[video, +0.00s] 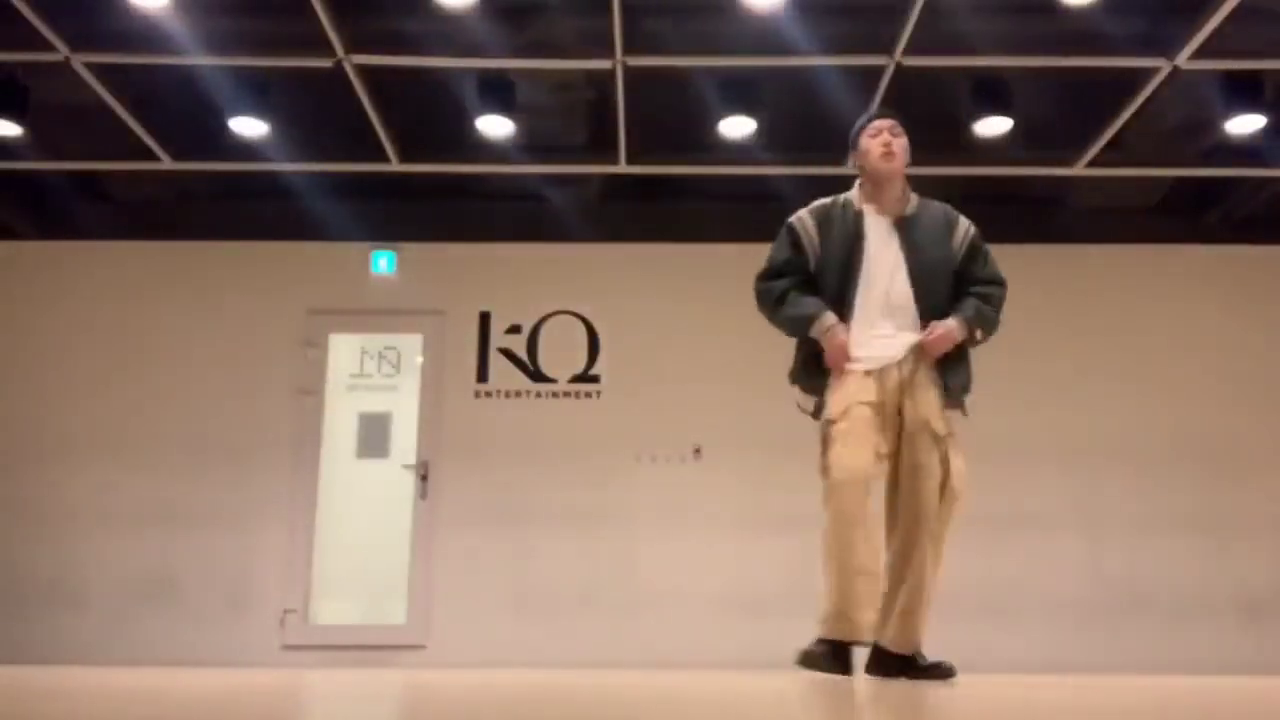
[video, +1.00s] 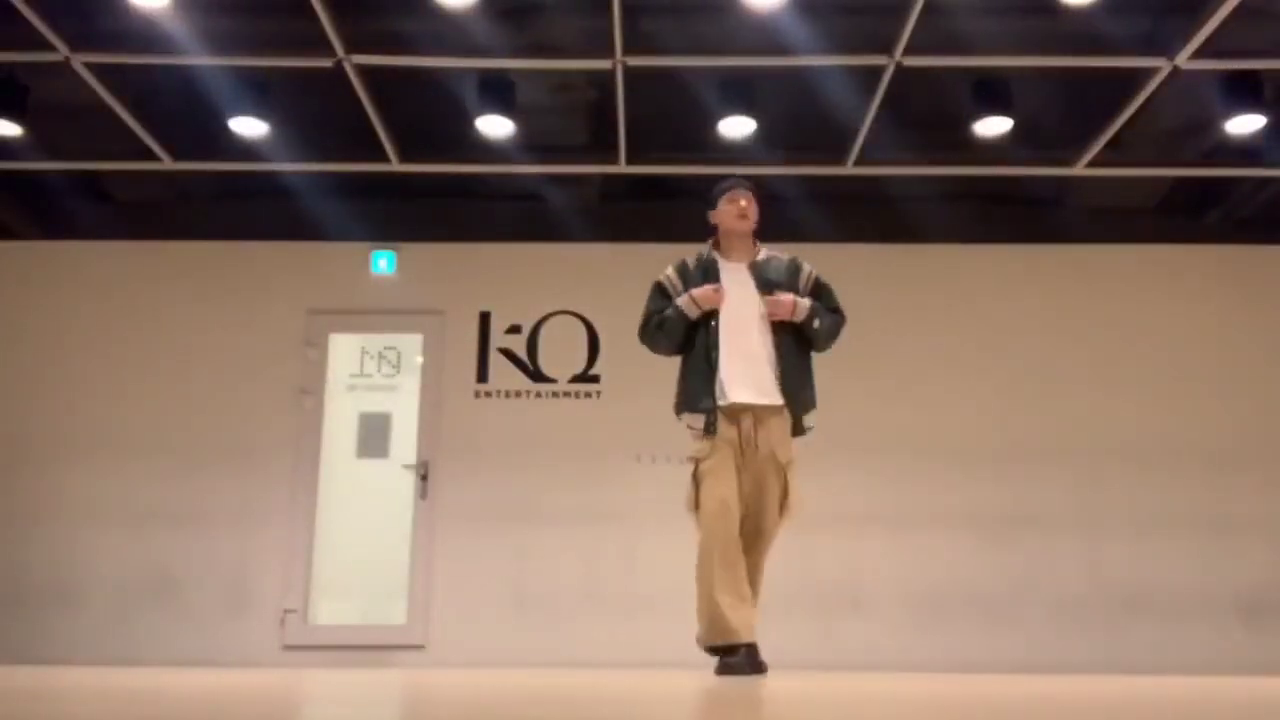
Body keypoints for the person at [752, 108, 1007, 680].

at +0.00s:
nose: (887, 140)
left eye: (895, 134)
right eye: (874, 135)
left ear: (910, 155)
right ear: (855, 158)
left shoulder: (948, 225)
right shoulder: (819, 221)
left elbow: (989, 291)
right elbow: (774, 285)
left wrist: (960, 325)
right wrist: (823, 325)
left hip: (926, 371)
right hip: (853, 371)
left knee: (925, 503)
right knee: (848, 481)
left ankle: (898, 647)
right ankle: (839, 637)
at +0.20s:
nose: (853, 149)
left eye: (862, 143)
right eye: (842, 143)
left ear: (877, 162)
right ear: (825, 162)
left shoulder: (911, 228)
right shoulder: (785, 221)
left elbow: (946, 292)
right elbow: (742, 282)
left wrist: (919, 320)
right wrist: (774, 315)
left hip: (882, 371)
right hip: (809, 367)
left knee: (897, 504)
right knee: (789, 497)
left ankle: (897, 642)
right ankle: (769, 630)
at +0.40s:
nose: (803, 181)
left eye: (812, 175)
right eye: (793, 176)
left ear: (828, 195)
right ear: (777, 196)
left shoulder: (859, 257)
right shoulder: (739, 255)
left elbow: (898, 321)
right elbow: (697, 316)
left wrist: (863, 360)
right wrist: (729, 356)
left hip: (834, 402)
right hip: (762, 403)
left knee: (869, 520)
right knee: (754, 527)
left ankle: (894, 652)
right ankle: (746, 647)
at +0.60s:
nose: (760, 176)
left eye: (768, 170)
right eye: (749, 172)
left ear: (783, 186)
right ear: (735, 191)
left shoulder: (820, 243)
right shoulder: (706, 249)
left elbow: (853, 298)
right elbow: (668, 308)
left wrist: (829, 331)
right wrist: (707, 327)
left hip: (802, 392)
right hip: (738, 395)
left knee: (823, 512)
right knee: (744, 521)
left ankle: (851, 636)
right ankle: (743, 643)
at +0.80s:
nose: (735, 199)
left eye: (743, 193)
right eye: (724, 196)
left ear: (758, 207)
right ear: (711, 217)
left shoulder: (797, 263)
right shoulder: (689, 275)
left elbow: (838, 317)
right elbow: (656, 339)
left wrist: (806, 327)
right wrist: (699, 320)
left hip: (783, 414)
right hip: (718, 419)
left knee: (792, 525)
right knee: (724, 534)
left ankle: (783, 636)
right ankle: (738, 648)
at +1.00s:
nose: (742, 205)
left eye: (748, 199)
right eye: (731, 200)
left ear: (759, 214)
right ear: (713, 217)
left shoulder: (792, 271)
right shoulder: (685, 275)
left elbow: (831, 327)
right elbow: (655, 337)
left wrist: (802, 312)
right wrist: (689, 306)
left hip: (773, 416)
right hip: (715, 416)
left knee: (760, 527)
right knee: (719, 520)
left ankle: (727, 630)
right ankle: (735, 641)